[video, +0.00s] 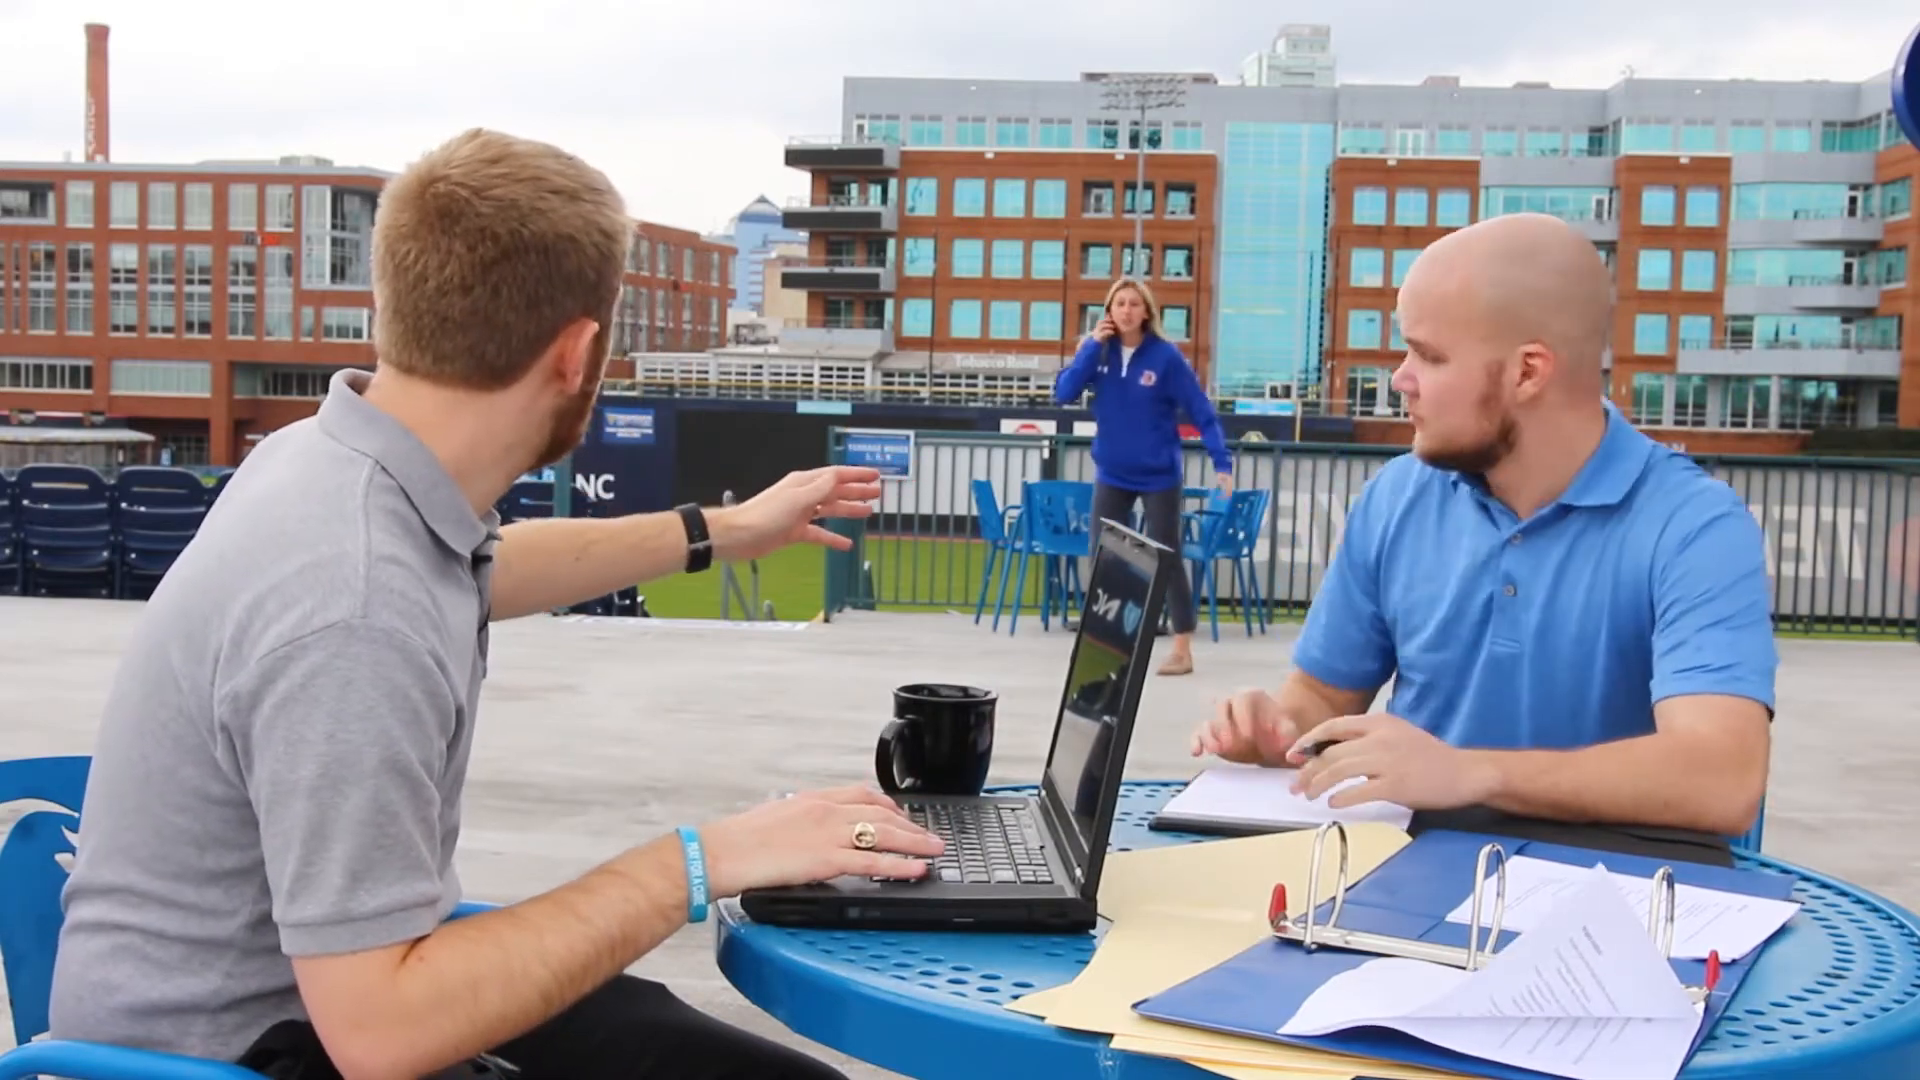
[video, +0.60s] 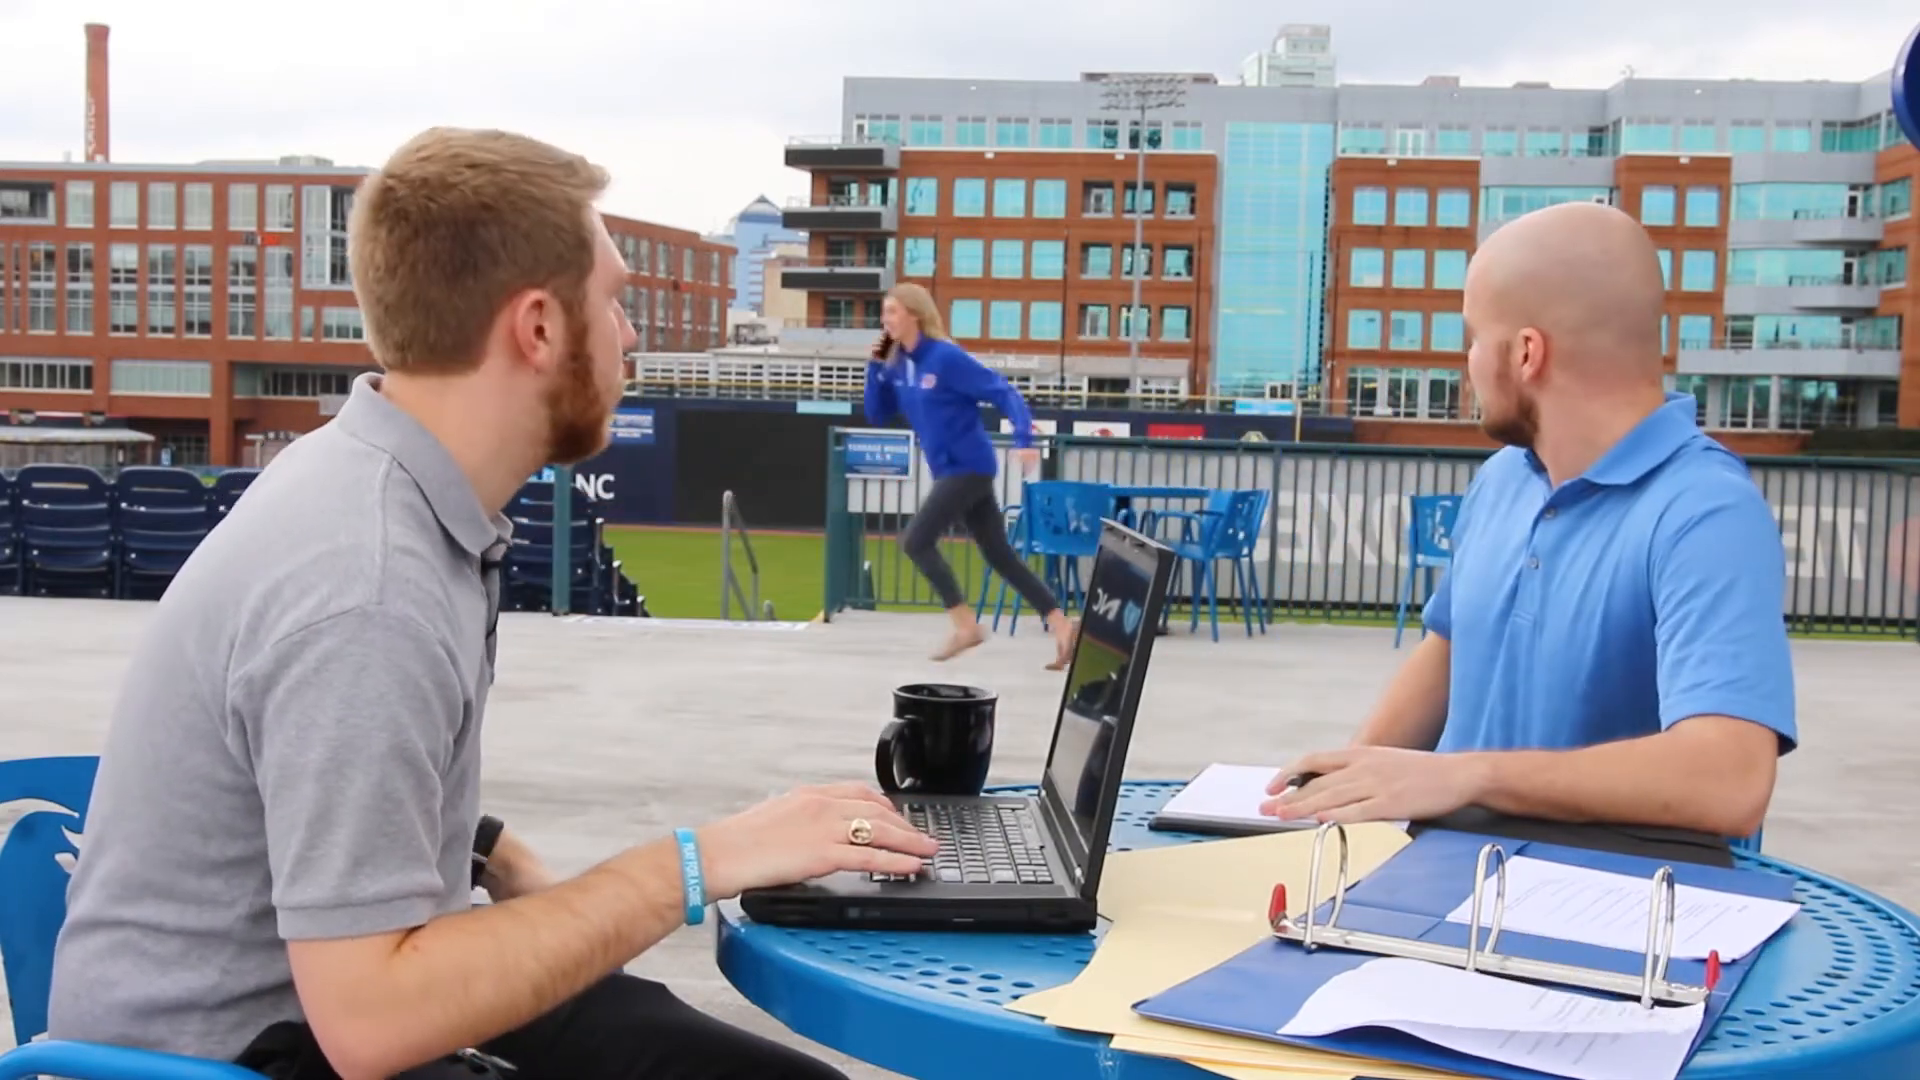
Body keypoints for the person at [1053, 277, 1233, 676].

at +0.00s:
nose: (1126, 311)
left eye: (1134, 305)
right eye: (1120, 304)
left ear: (1147, 311)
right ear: (1110, 310)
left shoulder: (1165, 356)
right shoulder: (1098, 351)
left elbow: (1201, 411)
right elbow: (1063, 394)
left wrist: (1223, 464)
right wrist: (1092, 345)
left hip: (1159, 475)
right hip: (1112, 473)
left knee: (1167, 556)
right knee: (1102, 557)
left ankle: (1182, 648)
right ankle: (1104, 645)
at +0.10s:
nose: (1107, 314)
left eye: (1114, 307)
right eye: (1101, 307)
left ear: (1128, 313)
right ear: (1092, 313)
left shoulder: (1146, 355)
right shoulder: (1083, 353)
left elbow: (1177, 411)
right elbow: (1050, 398)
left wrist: (1188, 465)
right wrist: (1075, 348)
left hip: (1148, 476)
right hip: (1101, 474)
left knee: (1164, 557)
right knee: (1085, 551)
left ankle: (1182, 646)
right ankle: (1102, 637)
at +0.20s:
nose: (1082, 319)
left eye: (1090, 312)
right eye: (1075, 312)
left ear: (1103, 317)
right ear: (1066, 318)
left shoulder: (1122, 361)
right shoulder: (1063, 359)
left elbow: (1144, 422)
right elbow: (1029, 402)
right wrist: (1051, 354)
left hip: (1134, 477)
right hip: (1087, 477)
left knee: (1156, 556)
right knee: (1064, 550)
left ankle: (1180, 644)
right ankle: (1087, 637)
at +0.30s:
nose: (1046, 326)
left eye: (1054, 318)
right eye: (1040, 319)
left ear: (1070, 324)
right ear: (1033, 326)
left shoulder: (1088, 365)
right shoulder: (1033, 367)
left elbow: (1105, 428)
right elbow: (1003, 408)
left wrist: (1062, 464)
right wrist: (1017, 361)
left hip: (1111, 478)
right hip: (1071, 481)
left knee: (1138, 557)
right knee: (1037, 553)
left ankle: (1179, 644)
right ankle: (1077, 636)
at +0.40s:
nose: (998, 328)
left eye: (1006, 321)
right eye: (994, 321)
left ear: (1024, 326)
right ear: (989, 327)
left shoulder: (1043, 367)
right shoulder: (994, 371)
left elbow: (1073, 425)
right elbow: (972, 418)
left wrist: (1052, 476)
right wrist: (978, 369)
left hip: (1074, 482)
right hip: (1035, 486)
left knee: (1098, 567)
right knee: (1019, 565)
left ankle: (1164, 634)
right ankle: (1078, 637)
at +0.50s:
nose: (942, 331)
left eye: (950, 323)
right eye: (939, 324)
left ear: (971, 328)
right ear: (938, 332)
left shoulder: (995, 369)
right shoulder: (948, 375)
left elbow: (1045, 413)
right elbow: (925, 421)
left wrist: (1063, 465)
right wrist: (931, 370)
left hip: (1028, 482)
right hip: (998, 487)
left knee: (1006, 569)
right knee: (1008, 570)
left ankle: (1076, 608)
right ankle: (1074, 633)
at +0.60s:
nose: (885, 320)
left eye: (891, 312)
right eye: (884, 313)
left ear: (915, 315)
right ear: (892, 319)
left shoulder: (945, 356)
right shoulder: (899, 363)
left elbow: (1003, 391)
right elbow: (877, 414)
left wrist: (1024, 437)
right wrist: (876, 367)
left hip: (970, 470)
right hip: (953, 472)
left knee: (916, 541)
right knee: (1000, 556)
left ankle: (966, 625)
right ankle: (1061, 625)